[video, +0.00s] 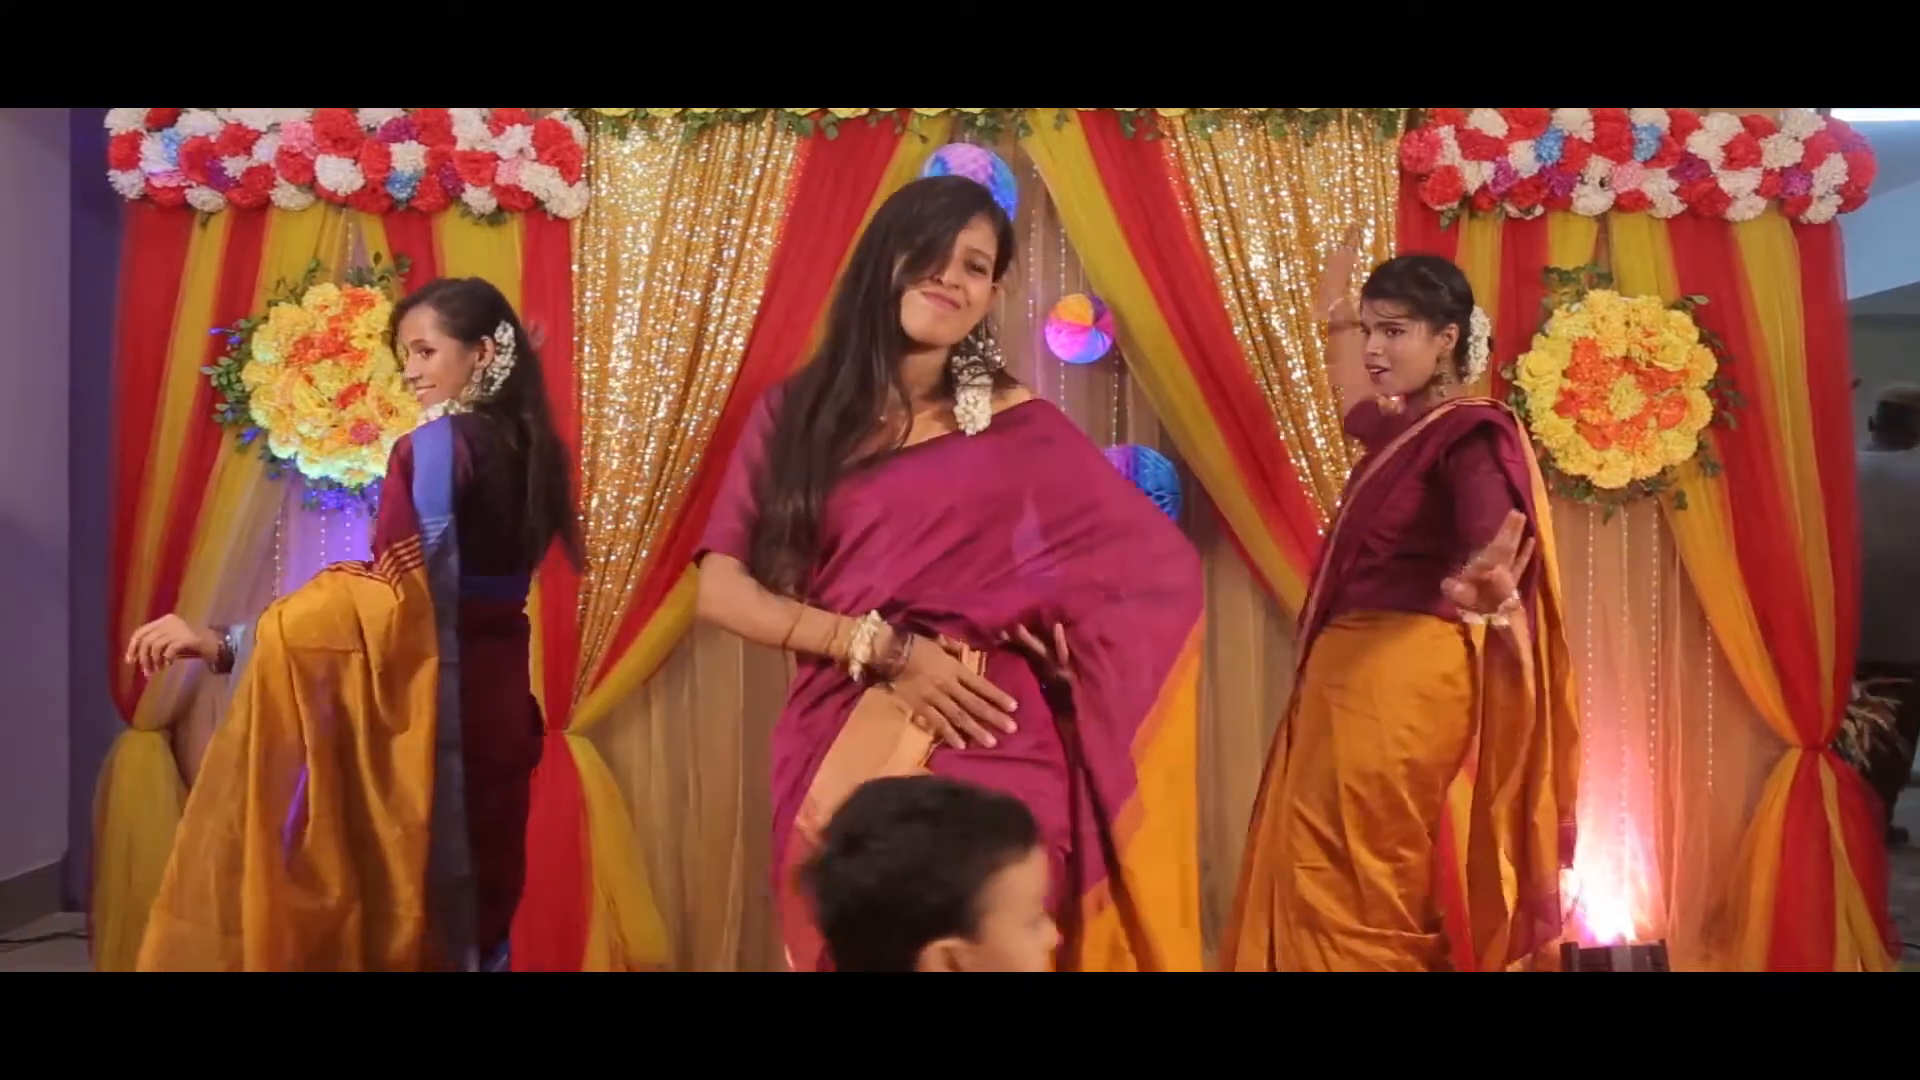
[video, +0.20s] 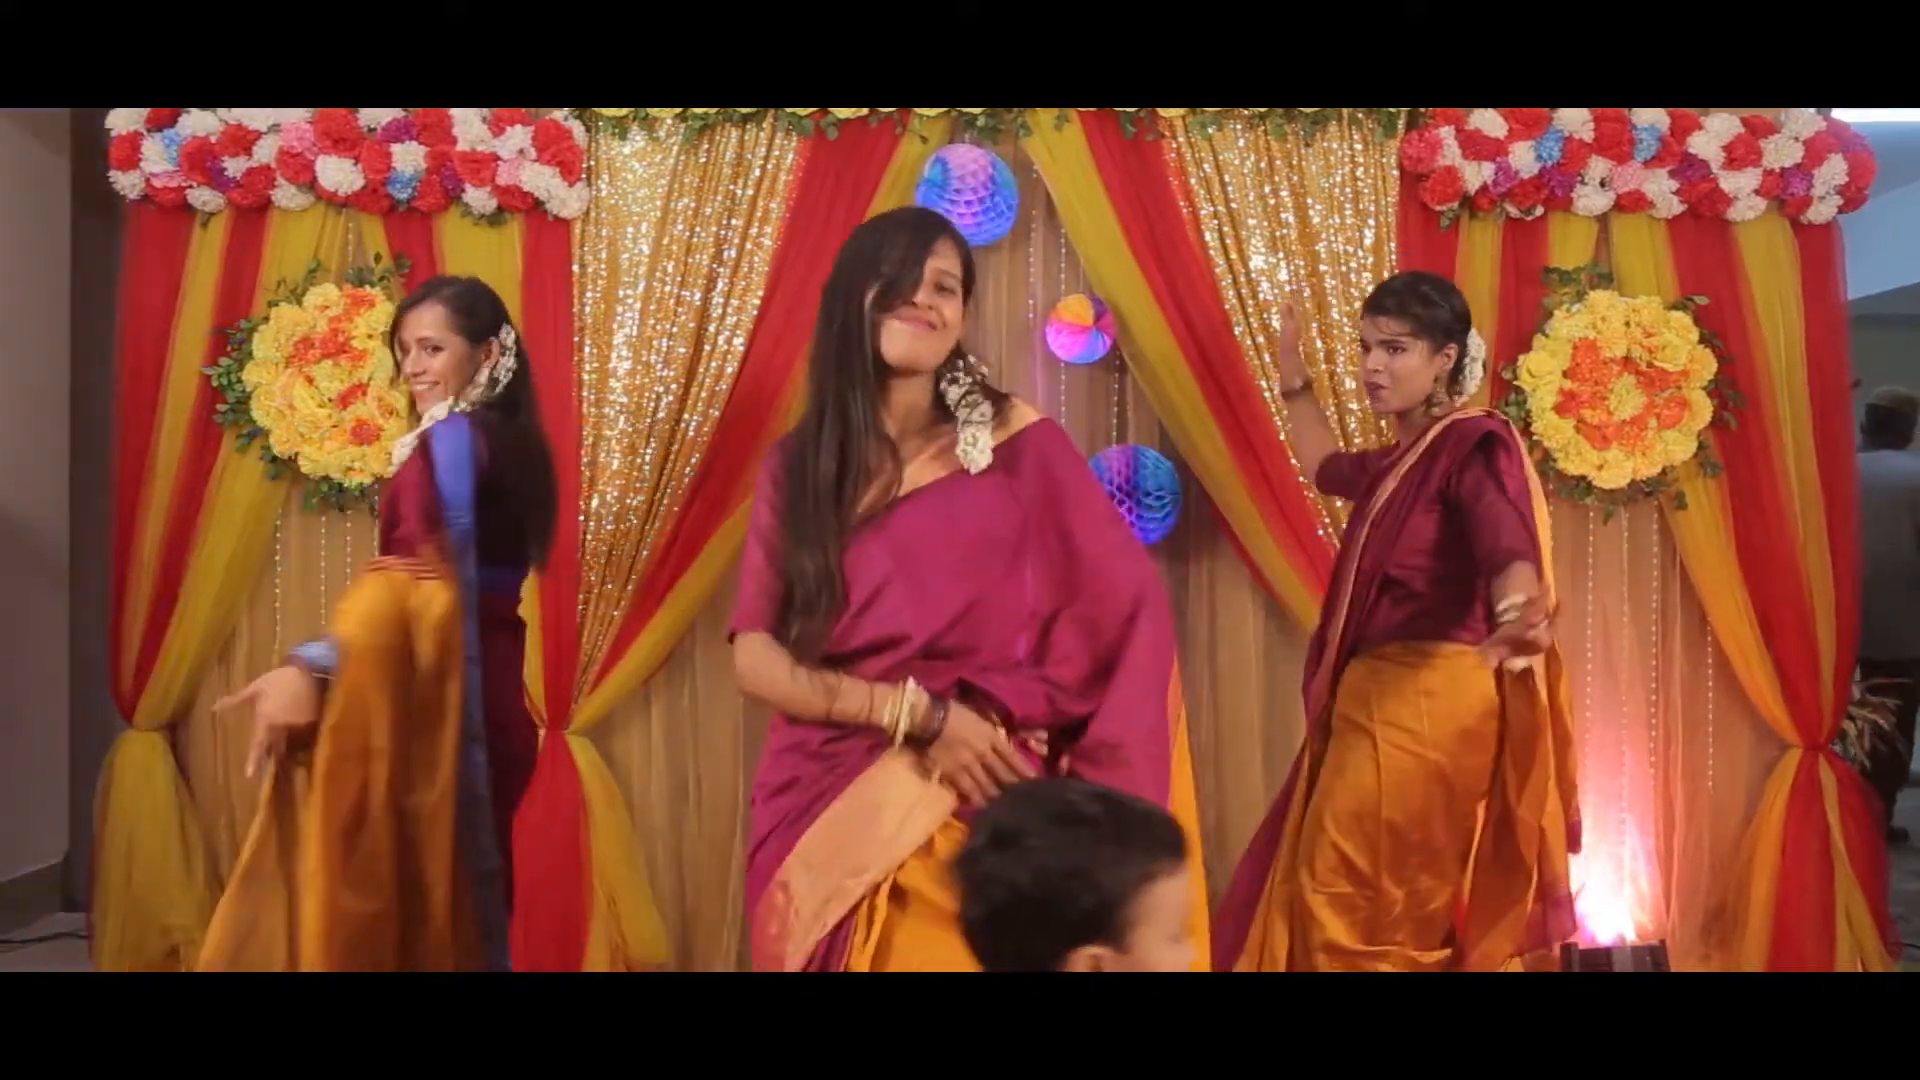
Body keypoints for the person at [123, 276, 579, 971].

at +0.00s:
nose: (410, 371)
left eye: (425, 350)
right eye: (406, 355)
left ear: (489, 351)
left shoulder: (434, 445)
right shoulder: (531, 446)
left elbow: (400, 605)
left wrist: (225, 644)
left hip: (440, 707)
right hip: (503, 702)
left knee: (421, 905)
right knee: (484, 910)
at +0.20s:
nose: (414, 366)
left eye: (433, 347)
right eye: (406, 351)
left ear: (488, 355)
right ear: (398, 355)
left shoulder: (458, 440)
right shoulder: (496, 438)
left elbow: (422, 586)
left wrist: (311, 665)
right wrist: (313, 673)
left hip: (459, 717)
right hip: (486, 711)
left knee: (438, 915)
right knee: (463, 915)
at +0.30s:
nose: (430, 343)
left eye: (449, 325)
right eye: (417, 327)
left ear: (497, 335)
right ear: (407, 338)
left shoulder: (477, 428)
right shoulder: (450, 424)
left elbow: (473, 576)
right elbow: (416, 569)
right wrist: (352, 664)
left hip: (449, 683)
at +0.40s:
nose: (440, 336)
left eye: (461, 319)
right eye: (427, 319)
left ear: (506, 331)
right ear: (414, 329)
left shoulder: (497, 418)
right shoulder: (452, 414)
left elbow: (494, 565)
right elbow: (450, 554)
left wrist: (420, 659)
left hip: (462, 672)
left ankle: (294, 954)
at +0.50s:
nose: (448, 358)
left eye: (468, 341)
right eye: (434, 342)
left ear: (509, 355)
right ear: (421, 355)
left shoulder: (504, 439)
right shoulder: (454, 439)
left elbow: (508, 585)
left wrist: (422, 676)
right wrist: (401, 449)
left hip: (458, 714)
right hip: (424, 713)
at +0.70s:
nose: (460, 362)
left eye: (483, 348)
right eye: (447, 345)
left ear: (518, 370)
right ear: (427, 361)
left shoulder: (527, 458)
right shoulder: (449, 462)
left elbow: (587, 585)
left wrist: (407, 613)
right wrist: (405, 611)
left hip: (495, 713)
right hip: (439, 703)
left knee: (403, 857)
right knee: (379, 862)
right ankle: (359, 959)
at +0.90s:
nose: (473, 350)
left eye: (496, 336)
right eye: (457, 332)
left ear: (523, 358)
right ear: (434, 347)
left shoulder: (537, 440)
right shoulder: (438, 464)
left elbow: (642, 530)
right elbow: (413, 564)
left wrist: (516, 581)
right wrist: (404, 579)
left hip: (515, 698)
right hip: (448, 703)